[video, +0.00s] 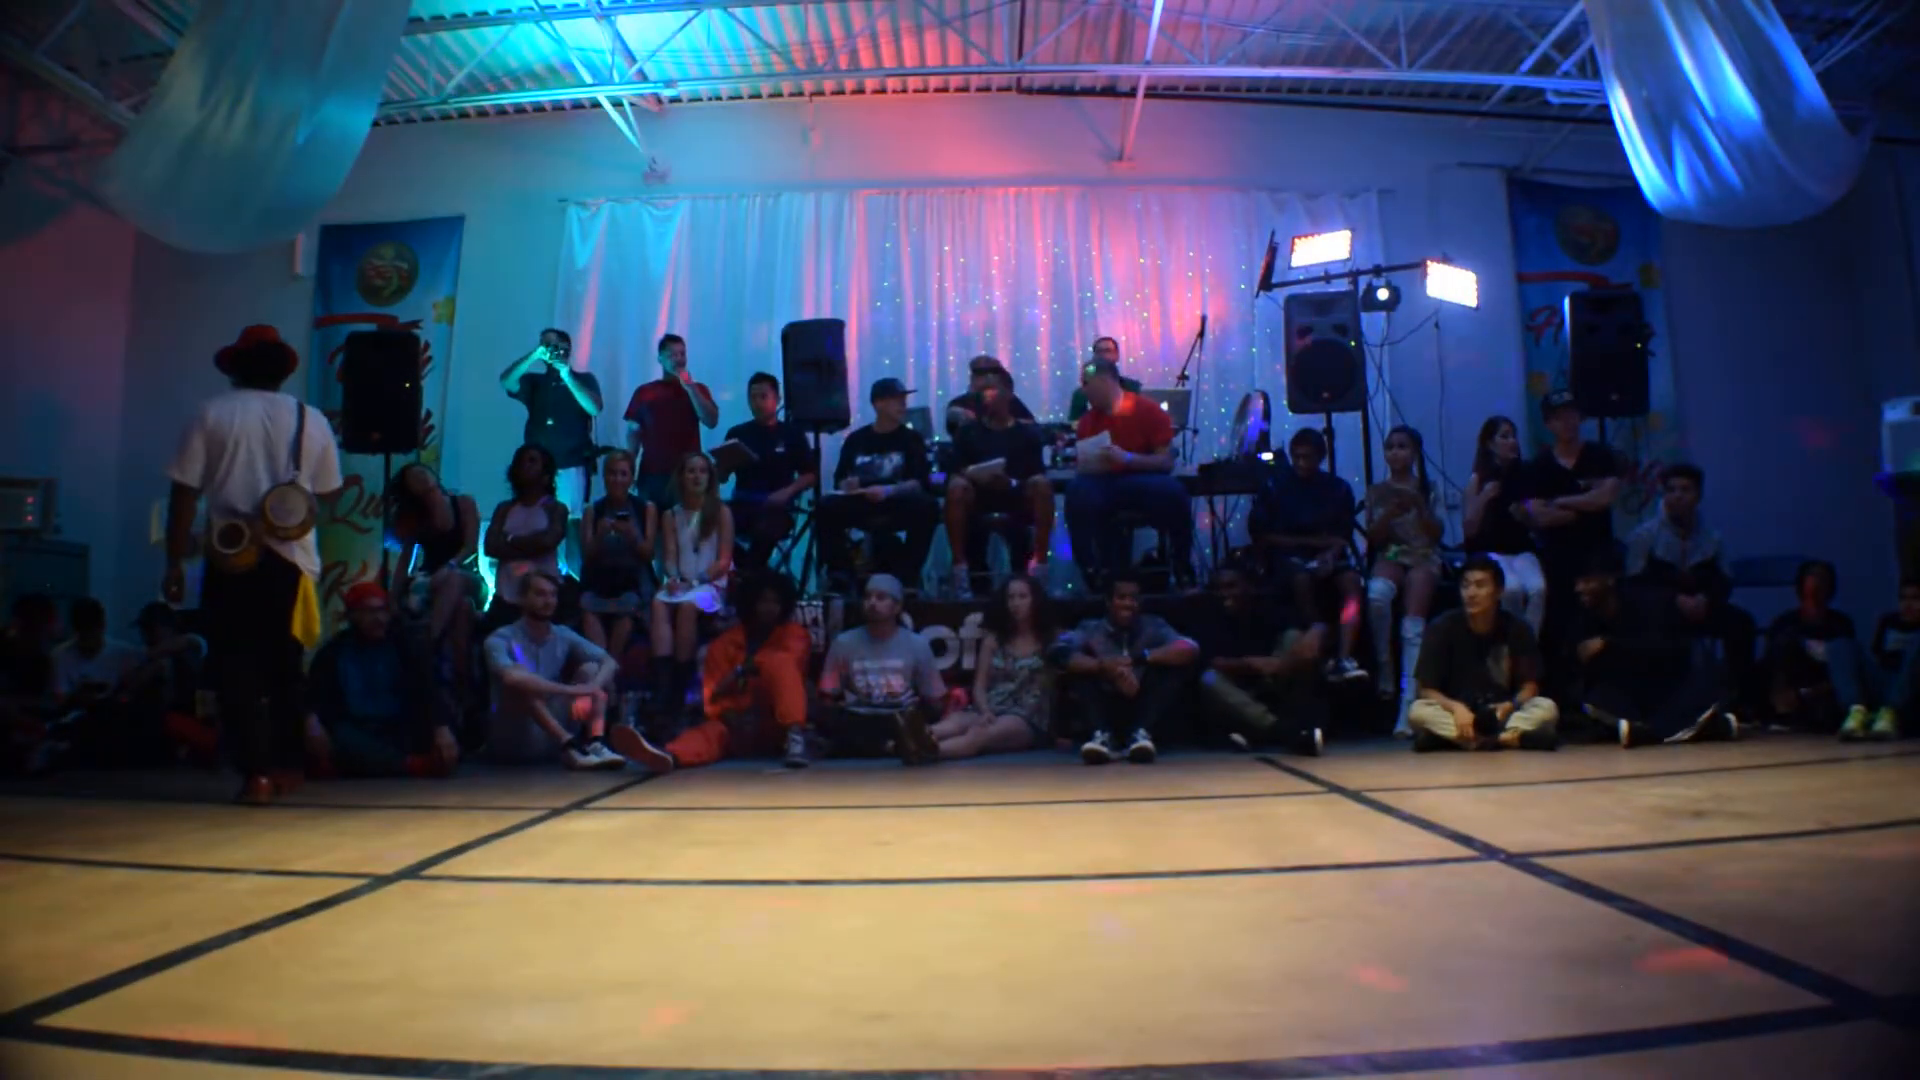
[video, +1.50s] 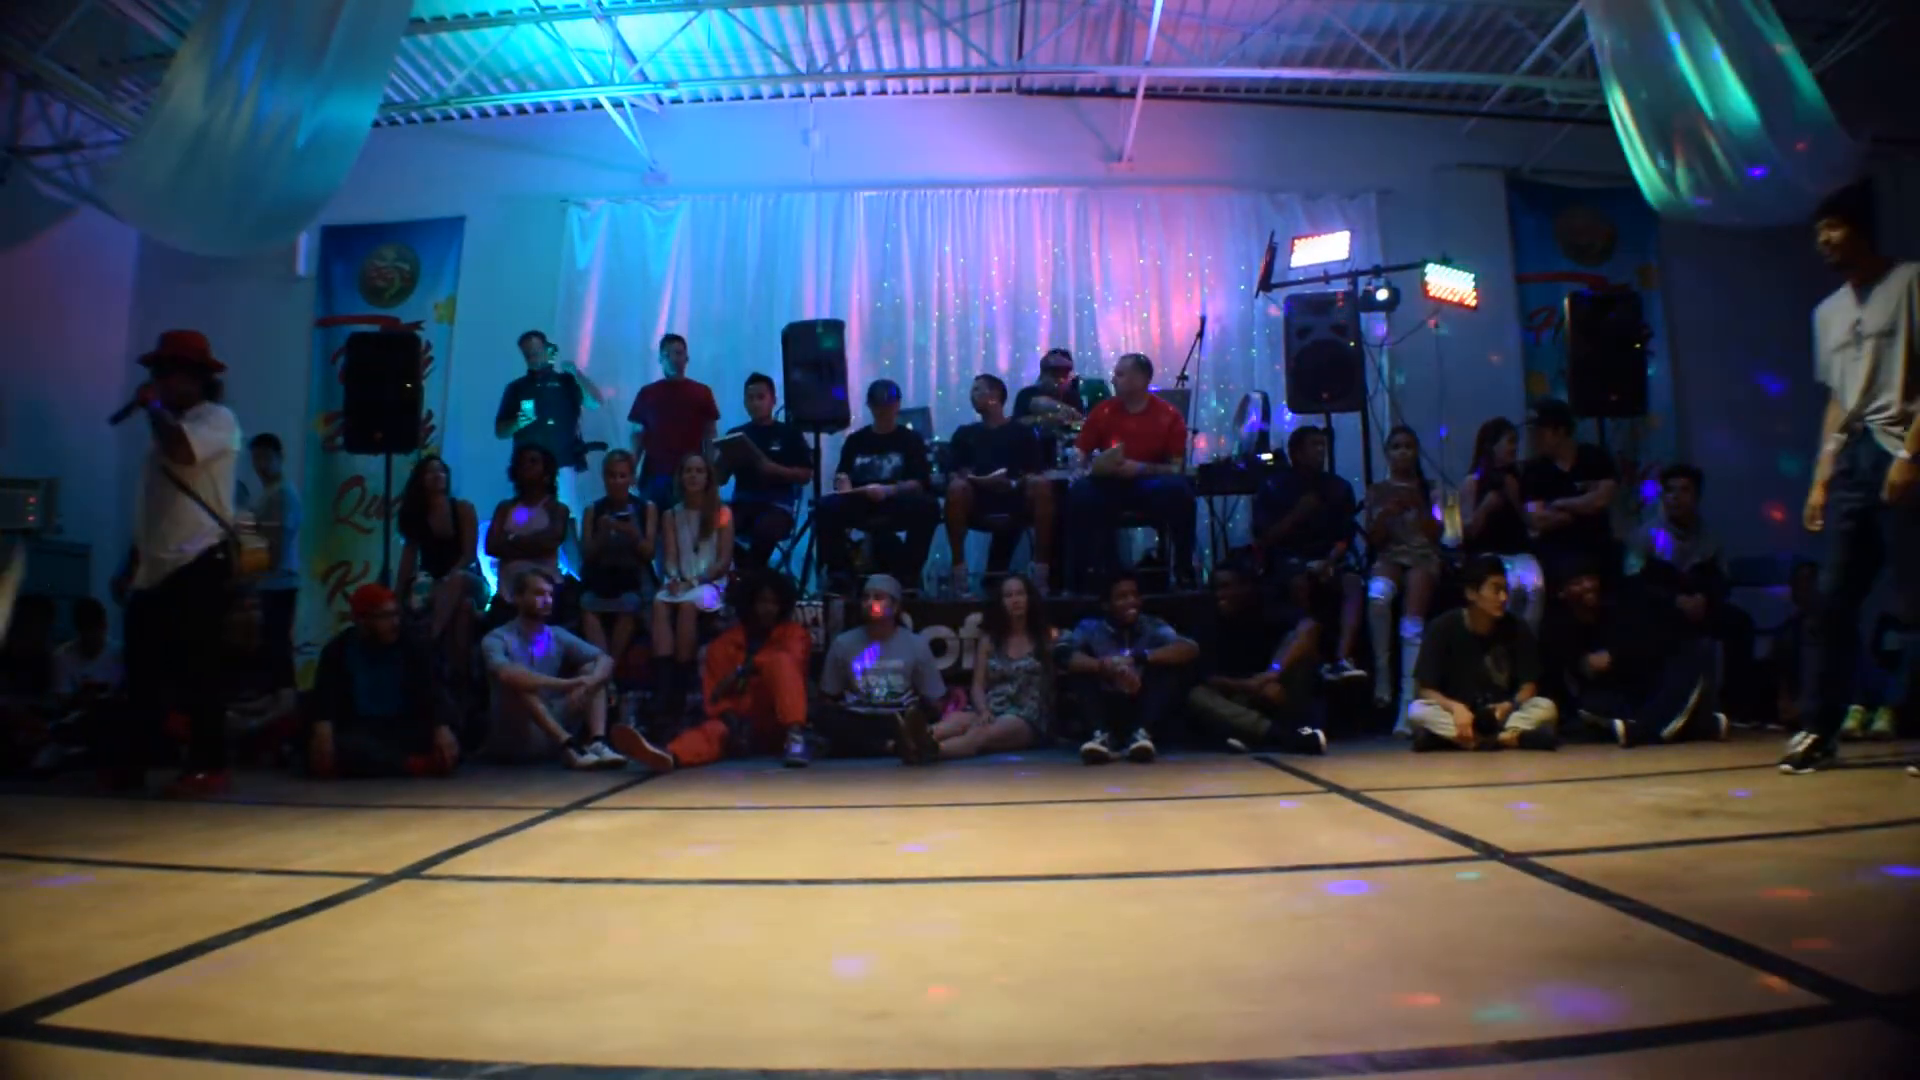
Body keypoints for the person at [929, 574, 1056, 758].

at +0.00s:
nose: (1016, 603)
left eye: (1022, 597)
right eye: (1011, 597)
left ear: (1036, 600)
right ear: (1004, 602)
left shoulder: (1049, 640)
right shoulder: (993, 640)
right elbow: (979, 687)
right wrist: (986, 712)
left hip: (1030, 715)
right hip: (993, 711)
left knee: (980, 736)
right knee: (957, 721)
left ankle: (930, 752)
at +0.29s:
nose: (1013, 600)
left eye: (1019, 594)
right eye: (1007, 595)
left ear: (1031, 598)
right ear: (1001, 601)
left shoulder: (1045, 638)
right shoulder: (991, 640)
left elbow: (1052, 685)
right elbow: (977, 686)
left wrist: (1056, 730)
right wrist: (984, 711)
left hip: (1029, 712)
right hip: (992, 708)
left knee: (980, 736)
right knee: (958, 720)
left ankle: (929, 752)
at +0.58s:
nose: (1010, 601)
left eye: (1016, 594)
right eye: (1005, 595)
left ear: (1029, 598)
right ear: (999, 600)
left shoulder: (1043, 639)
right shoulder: (989, 640)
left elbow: (1053, 683)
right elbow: (977, 686)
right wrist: (984, 713)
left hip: (1028, 714)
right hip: (991, 710)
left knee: (982, 736)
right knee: (956, 721)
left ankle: (930, 752)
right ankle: (916, 737)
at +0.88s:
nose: (1008, 601)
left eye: (1014, 594)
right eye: (1004, 596)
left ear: (1029, 599)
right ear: (999, 601)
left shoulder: (1043, 639)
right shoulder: (990, 641)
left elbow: (1052, 687)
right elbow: (977, 688)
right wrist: (985, 714)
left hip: (1027, 715)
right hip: (991, 711)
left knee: (984, 734)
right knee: (959, 720)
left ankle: (931, 751)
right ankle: (921, 736)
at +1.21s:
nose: (1013, 601)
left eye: (1019, 594)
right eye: (1007, 596)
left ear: (1029, 598)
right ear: (999, 602)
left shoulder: (1043, 639)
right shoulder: (989, 641)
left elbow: (1053, 682)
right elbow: (977, 686)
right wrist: (984, 711)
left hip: (1027, 713)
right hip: (991, 710)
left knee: (985, 736)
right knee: (953, 723)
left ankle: (932, 752)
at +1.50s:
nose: (1015, 600)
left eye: (1020, 594)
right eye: (1009, 596)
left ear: (1030, 598)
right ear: (1001, 602)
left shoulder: (1043, 638)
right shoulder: (989, 640)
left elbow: (1053, 681)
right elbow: (978, 686)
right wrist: (984, 711)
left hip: (1029, 713)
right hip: (993, 711)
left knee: (980, 736)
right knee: (956, 720)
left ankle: (931, 752)